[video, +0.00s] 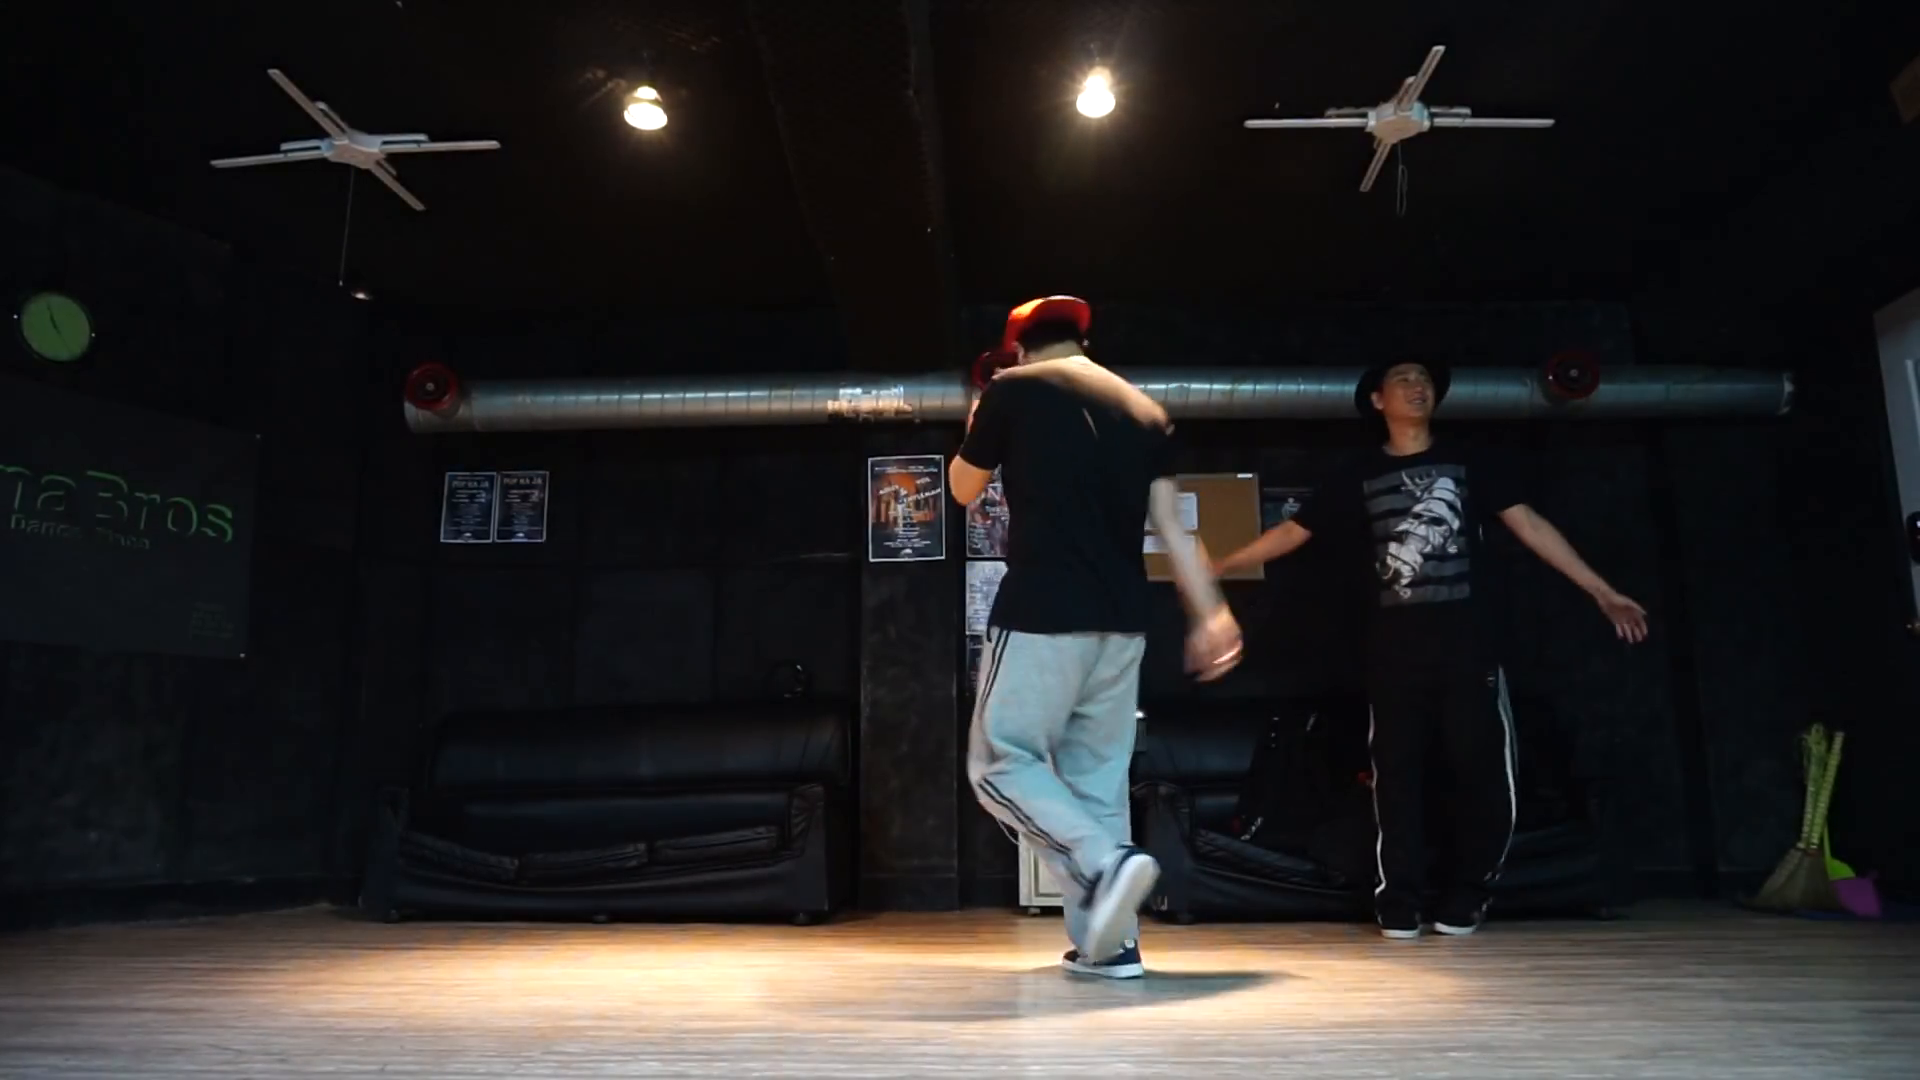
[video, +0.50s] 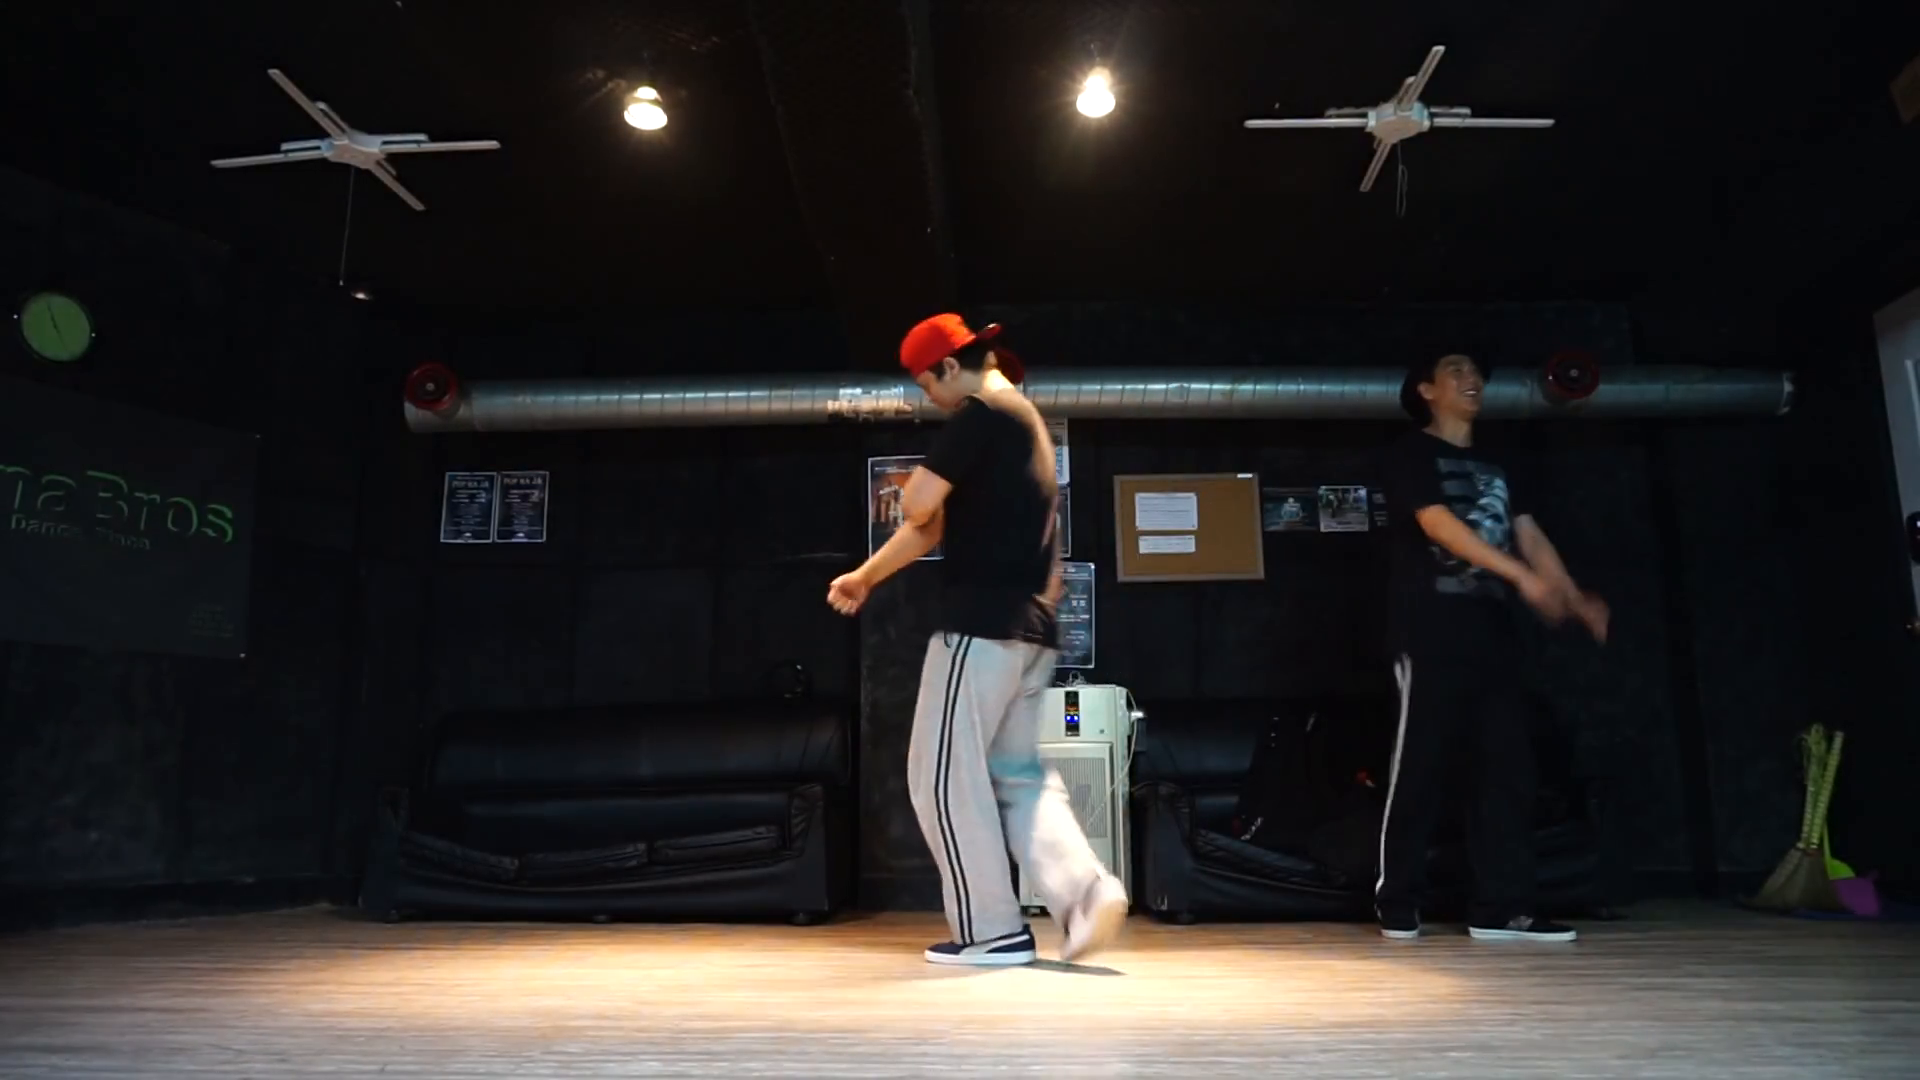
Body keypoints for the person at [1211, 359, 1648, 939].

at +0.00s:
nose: (1416, 388)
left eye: (1424, 382)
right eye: (1403, 381)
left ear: (1437, 400)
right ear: (1377, 401)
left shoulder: (1469, 465)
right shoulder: (1356, 476)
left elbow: (1531, 528)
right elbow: (1289, 534)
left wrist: (1604, 594)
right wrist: (1215, 569)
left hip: (1466, 642)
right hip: (1393, 644)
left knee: (1484, 775)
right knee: (1396, 773)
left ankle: (1467, 900)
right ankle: (1399, 902)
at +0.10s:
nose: (1421, 388)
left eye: (1428, 382)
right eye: (1407, 380)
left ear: (1438, 400)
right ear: (1381, 400)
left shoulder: (1468, 467)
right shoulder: (1358, 473)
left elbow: (1526, 527)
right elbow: (1301, 527)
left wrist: (1596, 583)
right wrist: (1253, 538)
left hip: (1463, 640)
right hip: (1392, 642)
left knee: (1476, 768)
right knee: (1394, 769)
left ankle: (1462, 891)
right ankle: (1399, 902)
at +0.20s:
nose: (1430, 387)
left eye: (1436, 380)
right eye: (1416, 379)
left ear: (1446, 398)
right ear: (1388, 396)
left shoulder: (1467, 464)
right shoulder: (1367, 467)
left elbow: (1517, 518)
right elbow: (1347, 528)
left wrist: (1578, 557)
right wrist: (1334, 514)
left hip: (1466, 636)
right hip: (1397, 639)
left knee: (1483, 758)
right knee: (1397, 766)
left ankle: (1464, 892)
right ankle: (1396, 901)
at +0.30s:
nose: (1440, 386)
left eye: (1447, 380)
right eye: (1426, 379)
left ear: (1455, 398)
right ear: (1398, 395)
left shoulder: (1468, 465)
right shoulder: (1376, 459)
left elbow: (1506, 517)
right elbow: (1389, 524)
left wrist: (1551, 534)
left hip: (1472, 634)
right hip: (1405, 636)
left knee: (1489, 760)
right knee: (1404, 767)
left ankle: (1485, 904)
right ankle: (1398, 903)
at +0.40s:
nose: (1455, 385)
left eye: (1461, 379)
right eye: (1441, 377)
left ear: (1469, 398)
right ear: (1411, 395)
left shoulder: (1481, 467)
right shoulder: (1393, 460)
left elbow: (1506, 530)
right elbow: (1428, 527)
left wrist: (1547, 538)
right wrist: (1516, 546)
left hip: (1481, 636)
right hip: (1416, 638)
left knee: (1492, 766)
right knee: (1412, 769)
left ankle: (1498, 908)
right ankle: (1398, 904)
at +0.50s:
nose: (1471, 382)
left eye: (1475, 375)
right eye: (1456, 374)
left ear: (1482, 393)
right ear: (1426, 392)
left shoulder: (1493, 467)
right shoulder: (1410, 456)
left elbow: (1529, 537)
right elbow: (1441, 527)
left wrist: (1574, 597)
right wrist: (1521, 575)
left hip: (1492, 630)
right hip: (1431, 631)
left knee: (1502, 765)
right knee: (1421, 767)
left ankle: (1499, 910)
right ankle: (1397, 903)